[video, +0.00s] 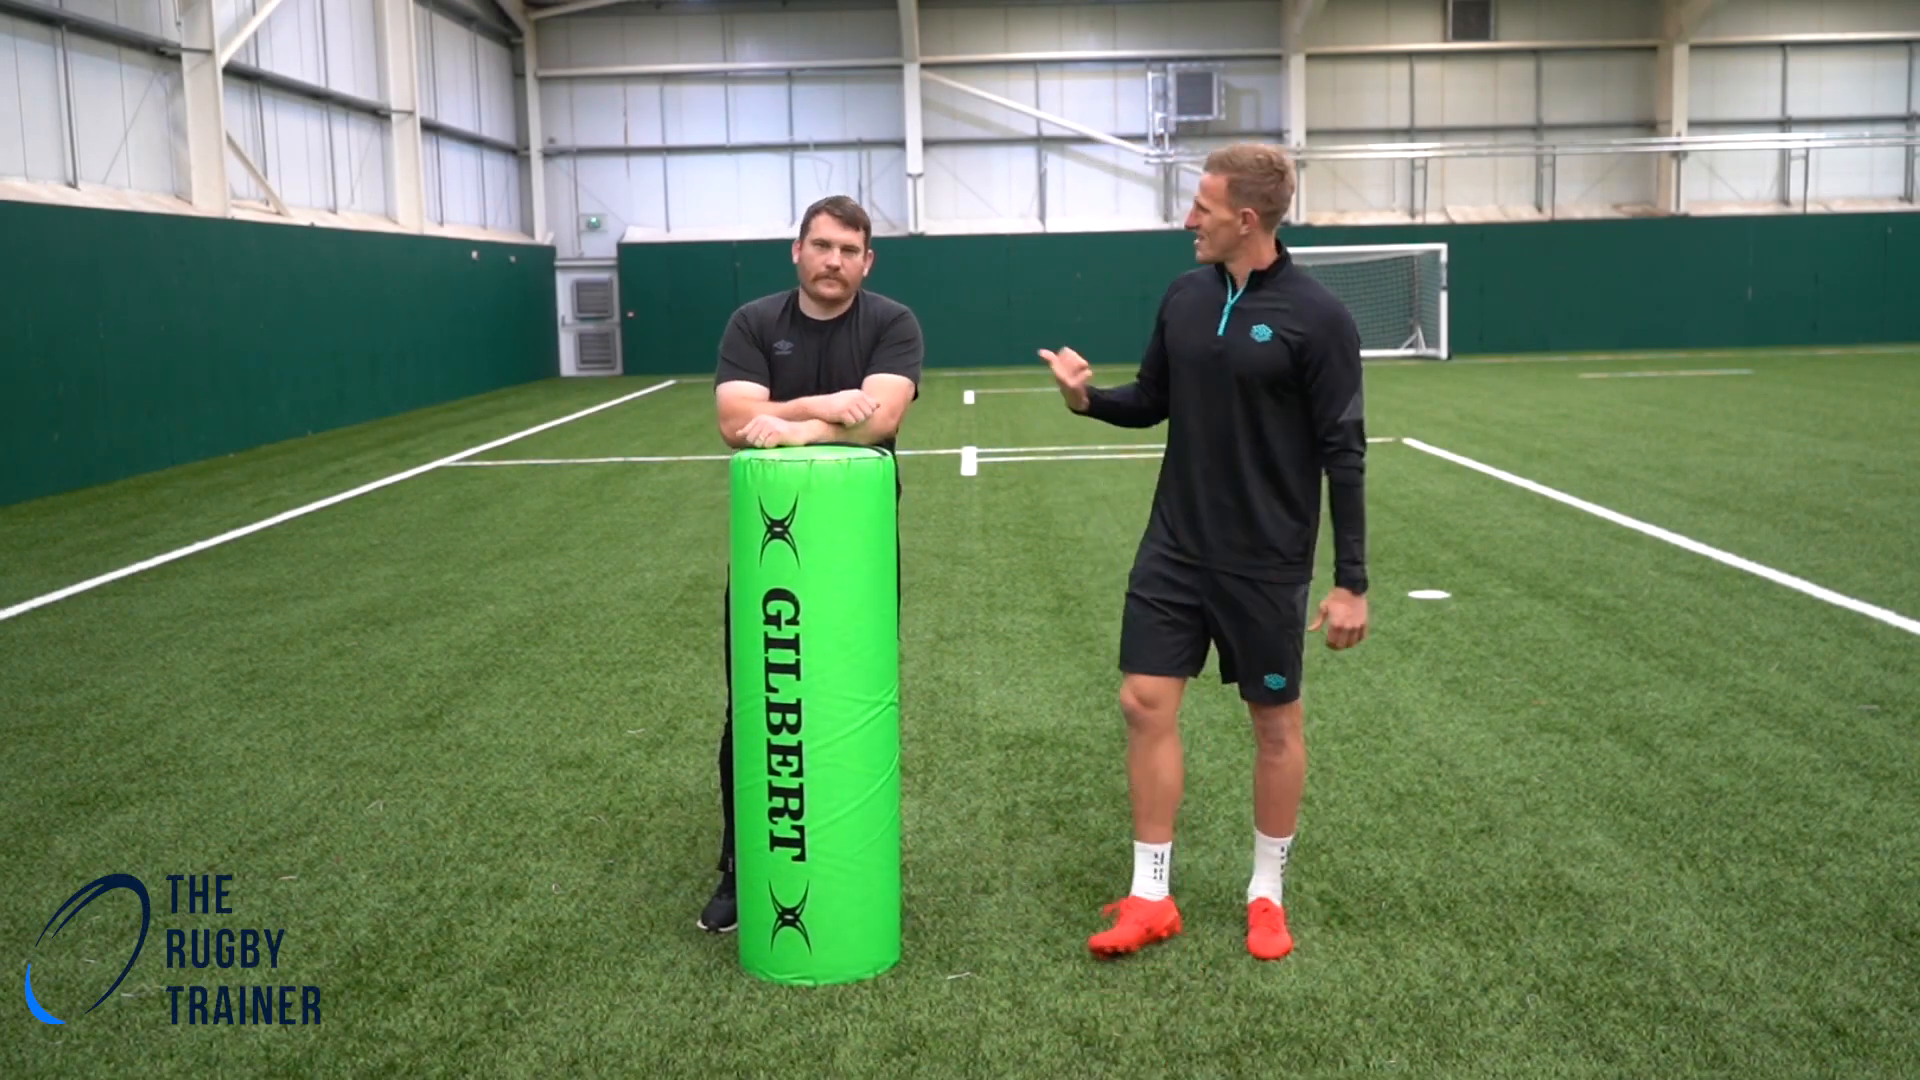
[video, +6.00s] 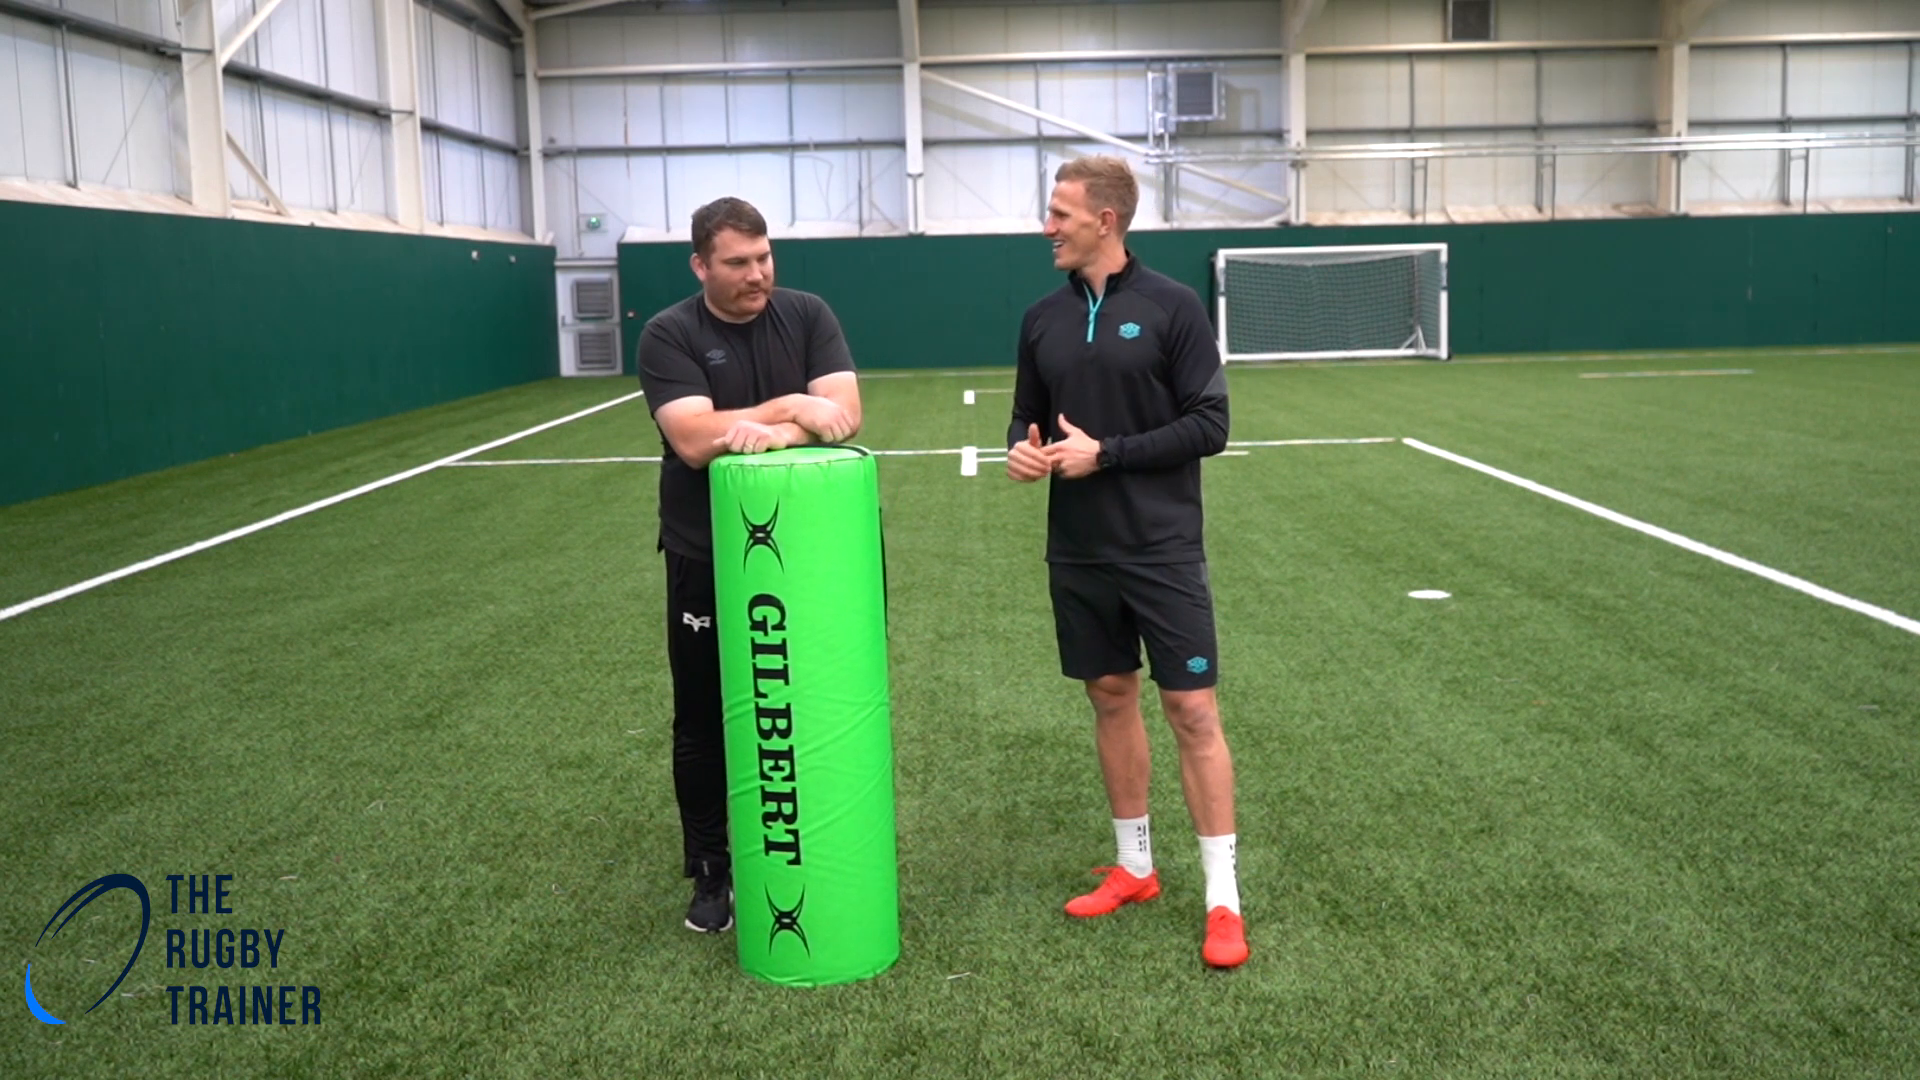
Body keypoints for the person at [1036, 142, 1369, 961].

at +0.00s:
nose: (1190, 217)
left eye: (1203, 207)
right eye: (1193, 203)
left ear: (1253, 220)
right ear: (1229, 215)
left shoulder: (1319, 319)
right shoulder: (1186, 295)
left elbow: (1344, 453)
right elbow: (1151, 402)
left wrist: (1351, 581)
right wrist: (1088, 396)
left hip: (1267, 557)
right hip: (1175, 542)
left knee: (1276, 722)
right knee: (1145, 701)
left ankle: (1267, 891)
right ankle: (1150, 895)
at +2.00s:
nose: (1060, 224)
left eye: (1073, 213)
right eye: (1062, 210)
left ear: (1120, 222)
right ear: (1098, 220)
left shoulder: (1181, 305)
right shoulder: (1054, 316)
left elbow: (1189, 422)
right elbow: (1022, 437)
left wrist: (1074, 422)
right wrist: (1014, 415)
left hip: (1158, 547)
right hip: (1079, 546)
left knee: (1189, 709)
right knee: (1109, 694)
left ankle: (1220, 896)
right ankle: (1132, 867)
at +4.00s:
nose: (1069, 228)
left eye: (1083, 216)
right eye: (1070, 214)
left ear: (1130, 222)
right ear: (1099, 220)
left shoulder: (1193, 306)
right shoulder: (1063, 316)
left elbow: (1215, 423)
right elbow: (1034, 434)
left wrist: (1101, 422)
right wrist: (1034, 423)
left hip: (1174, 548)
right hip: (1090, 548)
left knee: (1200, 710)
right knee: (1113, 695)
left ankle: (1227, 895)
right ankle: (1134, 866)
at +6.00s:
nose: (1048, 227)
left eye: (1061, 216)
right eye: (1049, 214)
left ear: (1110, 223)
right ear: (1075, 221)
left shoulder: (1174, 307)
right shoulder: (1043, 318)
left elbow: (1210, 426)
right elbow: (1029, 426)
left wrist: (1103, 451)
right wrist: (1026, 452)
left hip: (1163, 549)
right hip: (1080, 550)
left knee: (1193, 710)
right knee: (1110, 698)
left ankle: (1223, 896)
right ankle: (1134, 868)